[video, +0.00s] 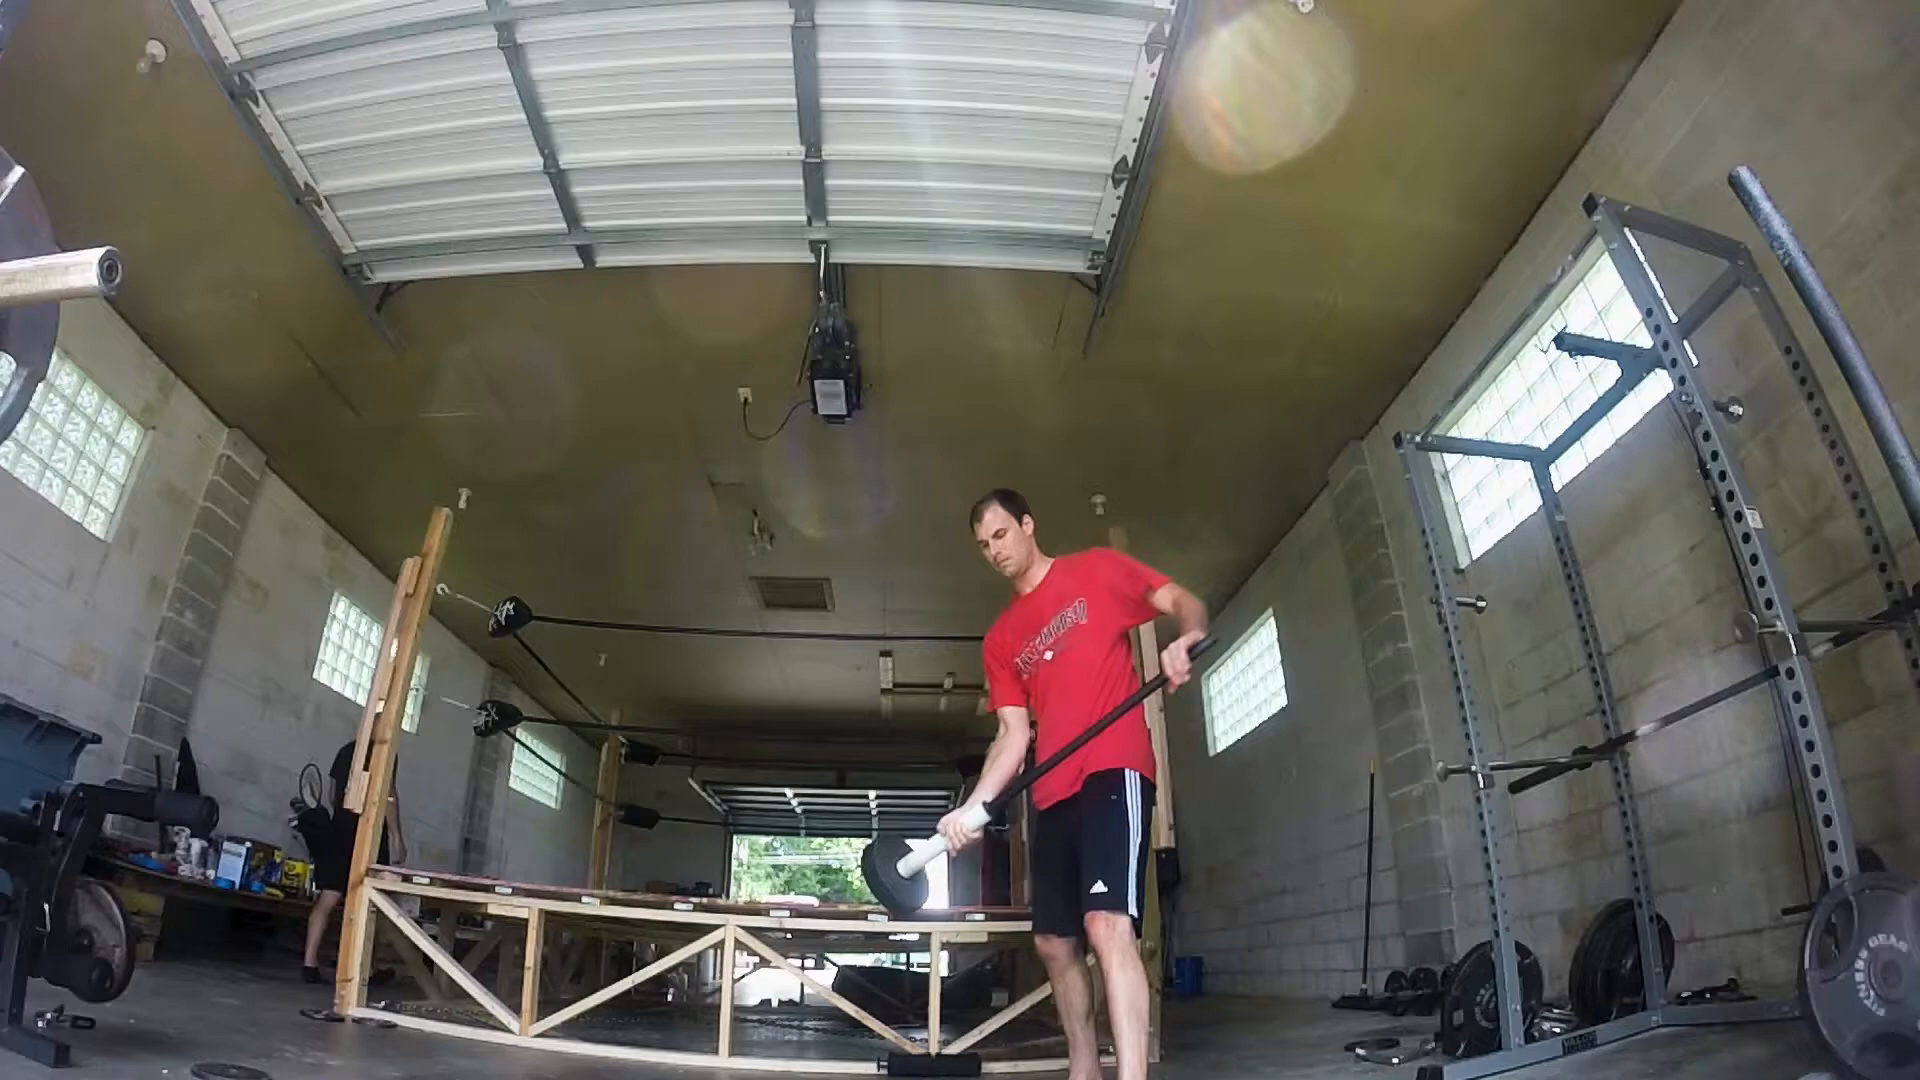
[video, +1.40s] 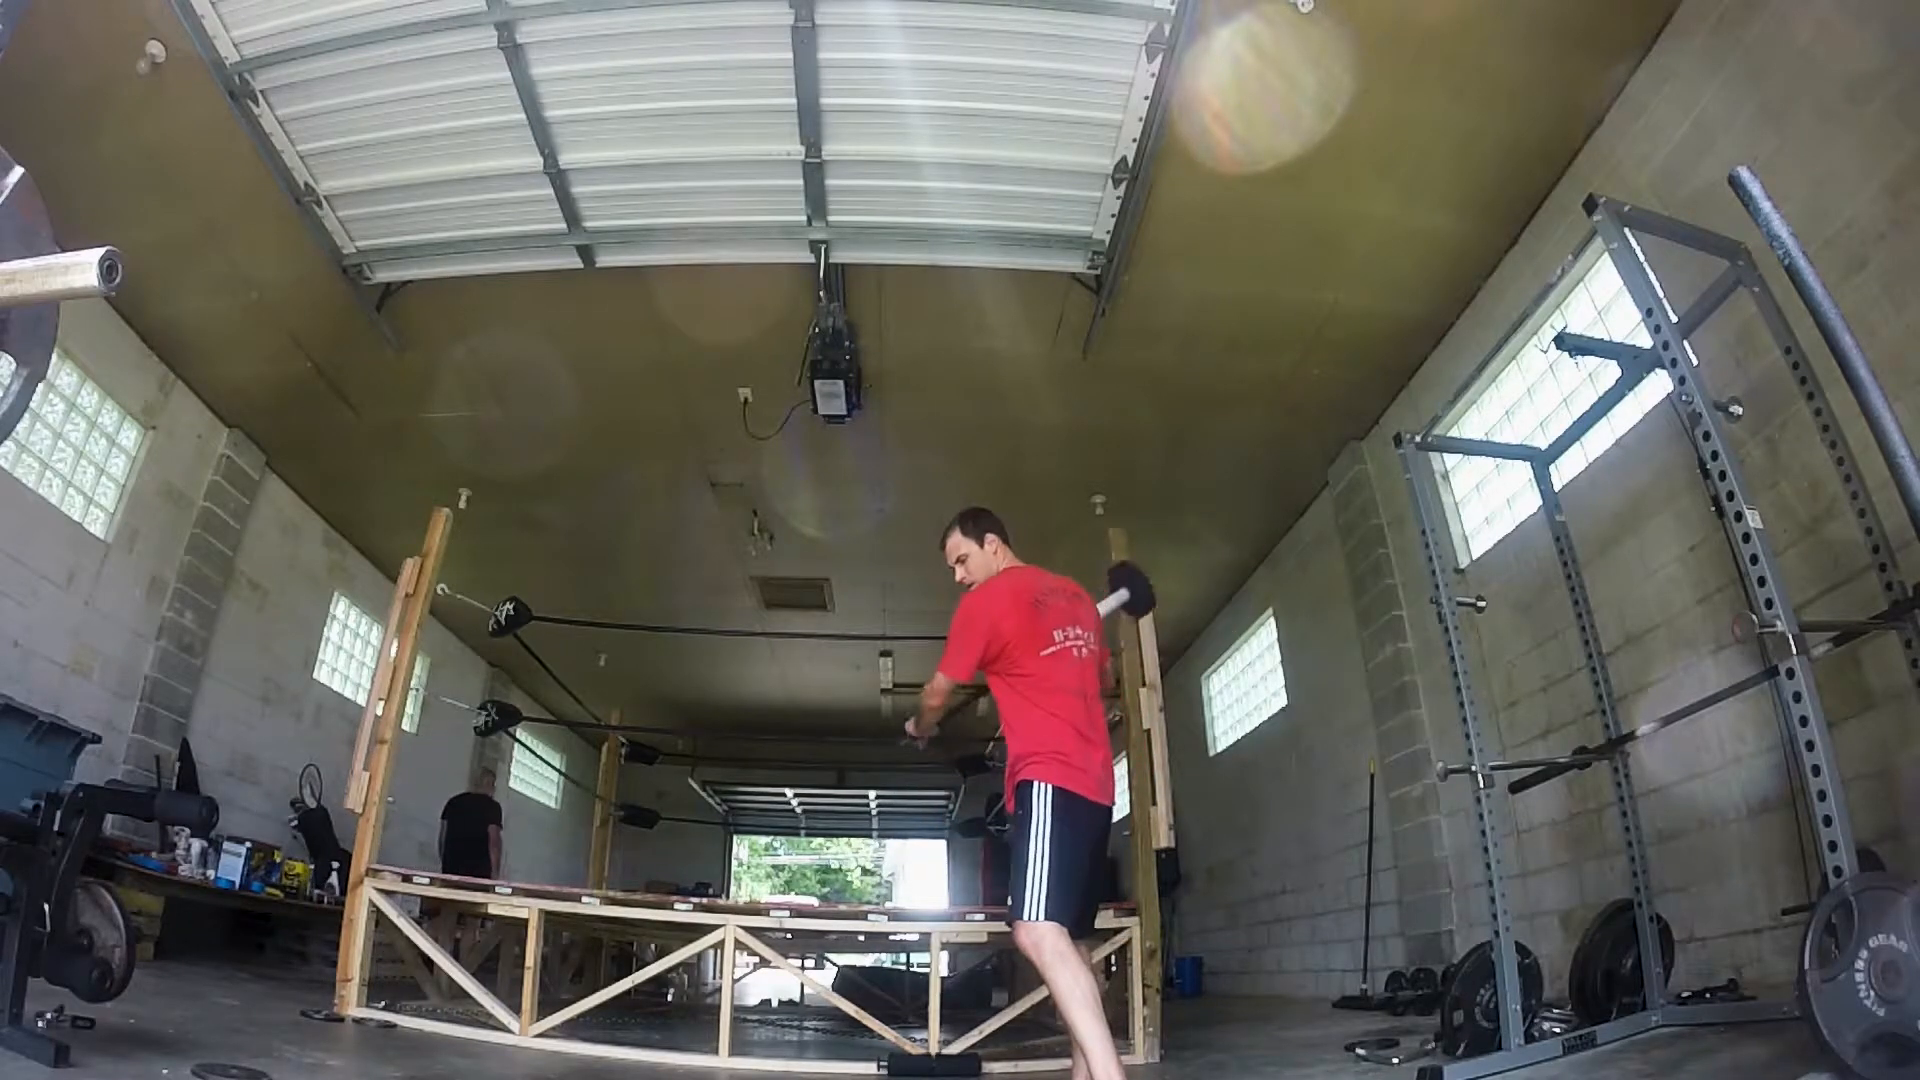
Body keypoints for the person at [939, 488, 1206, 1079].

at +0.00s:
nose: (994, 549)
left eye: (1000, 533)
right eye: (984, 543)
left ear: (1028, 526)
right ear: (982, 552)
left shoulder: (1098, 569)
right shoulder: (1001, 637)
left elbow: (1187, 604)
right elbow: (1014, 733)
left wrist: (1185, 638)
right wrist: (973, 806)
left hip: (1115, 764)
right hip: (1054, 787)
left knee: (1106, 922)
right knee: (1052, 940)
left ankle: (1132, 1075)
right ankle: (1085, 1071)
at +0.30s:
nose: (985, 544)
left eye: (991, 528)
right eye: (975, 539)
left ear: (1019, 520)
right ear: (973, 550)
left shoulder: (1095, 567)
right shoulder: (987, 625)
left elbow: (1173, 609)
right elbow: (1004, 682)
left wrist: (1215, 593)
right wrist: (1014, 718)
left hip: (1112, 755)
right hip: (1049, 775)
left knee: (1103, 922)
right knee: (1050, 941)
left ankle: (1132, 1075)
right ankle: (1083, 1072)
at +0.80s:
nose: (975, 564)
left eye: (981, 548)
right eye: (966, 559)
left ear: (1010, 536)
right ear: (967, 567)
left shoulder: (1081, 572)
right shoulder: (996, 645)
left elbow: (1166, 601)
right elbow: (1009, 727)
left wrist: (1181, 621)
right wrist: (983, 806)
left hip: (1102, 768)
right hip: (1049, 790)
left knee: (1096, 926)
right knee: (1042, 940)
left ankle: (1127, 1074)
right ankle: (1082, 1071)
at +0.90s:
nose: (976, 567)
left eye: (980, 551)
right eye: (967, 561)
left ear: (1010, 538)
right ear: (970, 567)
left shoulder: (1067, 572)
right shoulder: (1004, 644)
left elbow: (1154, 612)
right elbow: (1018, 736)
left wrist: (1131, 672)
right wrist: (979, 822)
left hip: (1098, 770)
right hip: (1050, 791)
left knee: (1090, 929)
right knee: (1043, 936)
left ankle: (1126, 1075)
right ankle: (1084, 1072)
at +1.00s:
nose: (973, 568)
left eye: (977, 553)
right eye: (965, 562)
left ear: (1007, 540)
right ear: (966, 568)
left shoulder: (1046, 574)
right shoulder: (1022, 626)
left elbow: (1100, 636)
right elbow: (1042, 730)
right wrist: (997, 809)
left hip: (1091, 771)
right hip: (1058, 782)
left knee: (1081, 926)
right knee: (1048, 931)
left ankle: (1123, 1074)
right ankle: (1085, 1070)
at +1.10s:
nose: (968, 570)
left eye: (974, 554)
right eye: (961, 563)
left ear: (1003, 542)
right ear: (961, 566)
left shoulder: (1033, 579)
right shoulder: (1045, 589)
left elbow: (1037, 667)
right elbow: (1073, 699)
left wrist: (977, 767)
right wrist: (1027, 769)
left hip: (1083, 765)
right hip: (1073, 769)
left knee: (1066, 929)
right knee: (1064, 931)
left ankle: (1119, 1074)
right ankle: (1086, 1071)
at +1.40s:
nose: (958, 576)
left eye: (961, 561)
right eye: (953, 567)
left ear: (993, 545)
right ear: (998, 552)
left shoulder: (988, 597)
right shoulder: (1075, 594)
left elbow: (939, 693)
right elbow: (1101, 676)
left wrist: (921, 726)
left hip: (1048, 777)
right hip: (1091, 782)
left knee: (1037, 931)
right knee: (1061, 936)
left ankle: (1109, 1073)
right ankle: (1085, 1070)